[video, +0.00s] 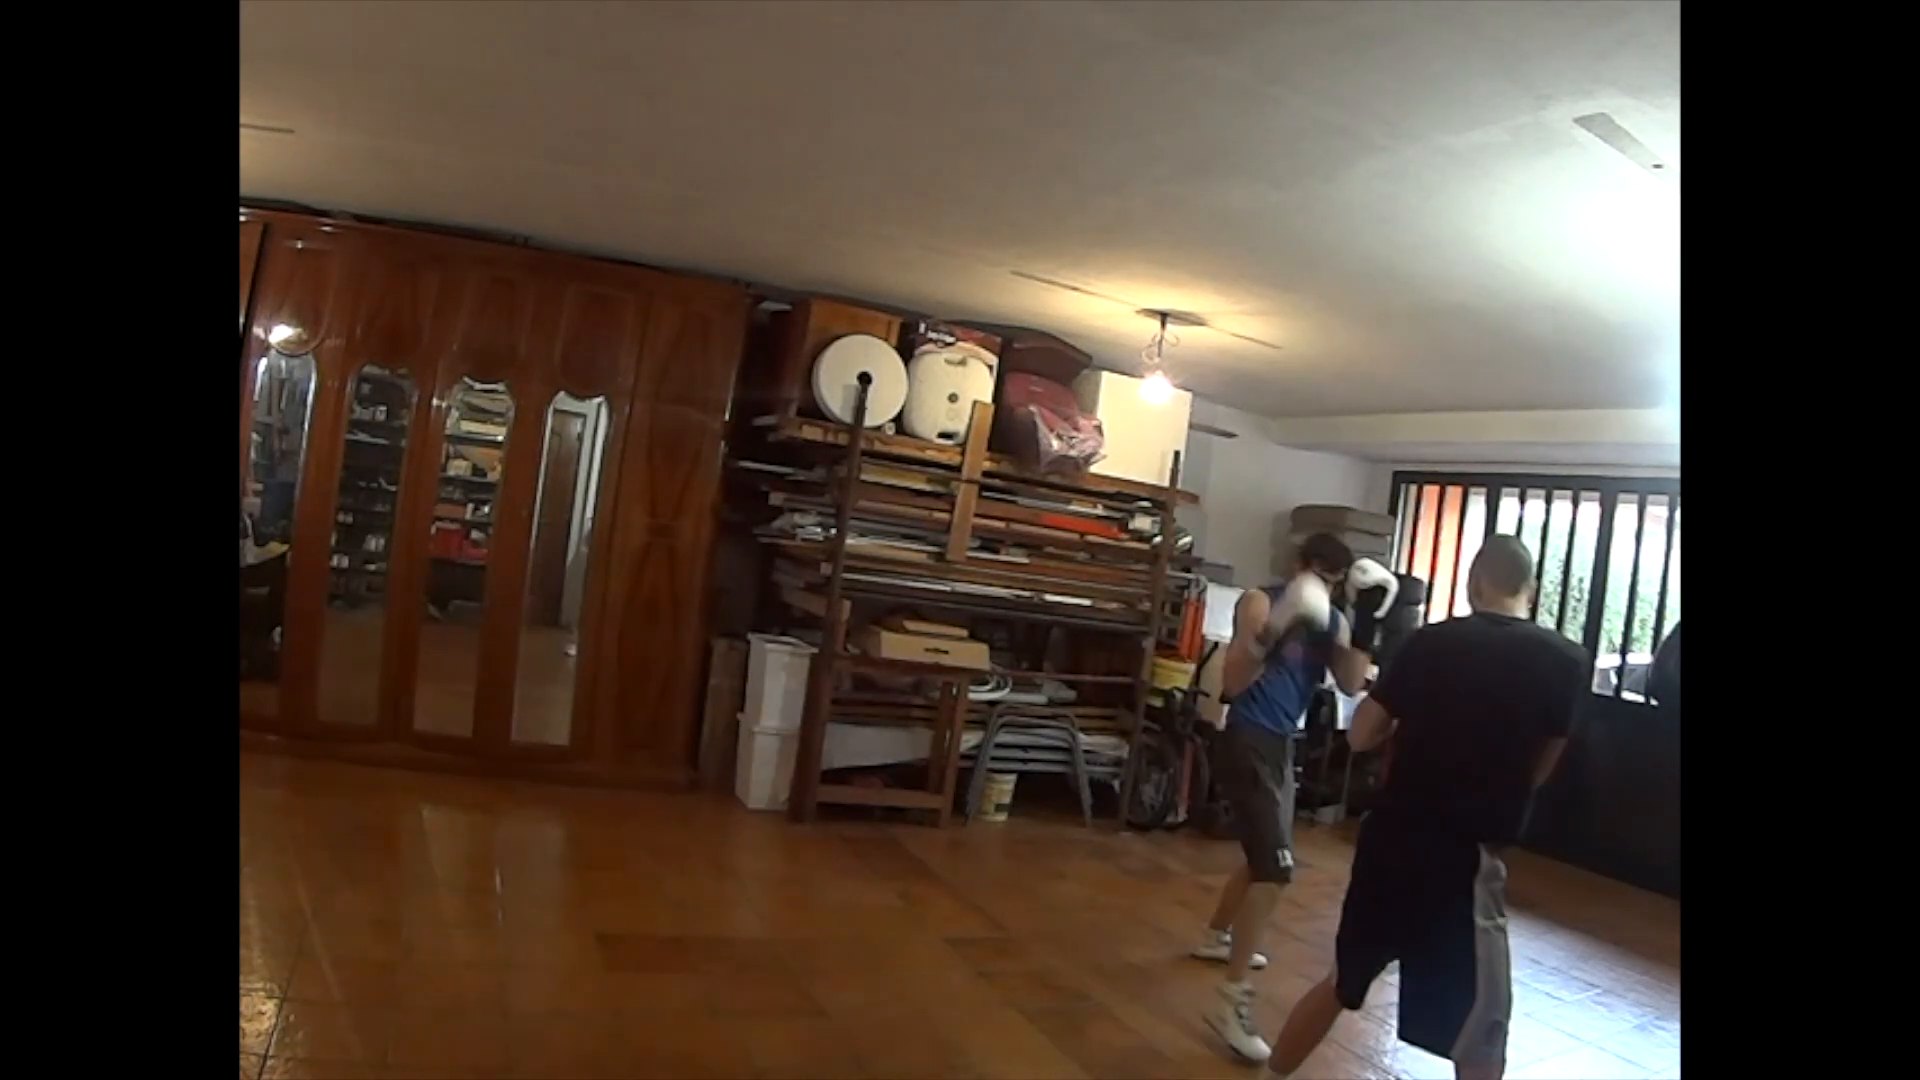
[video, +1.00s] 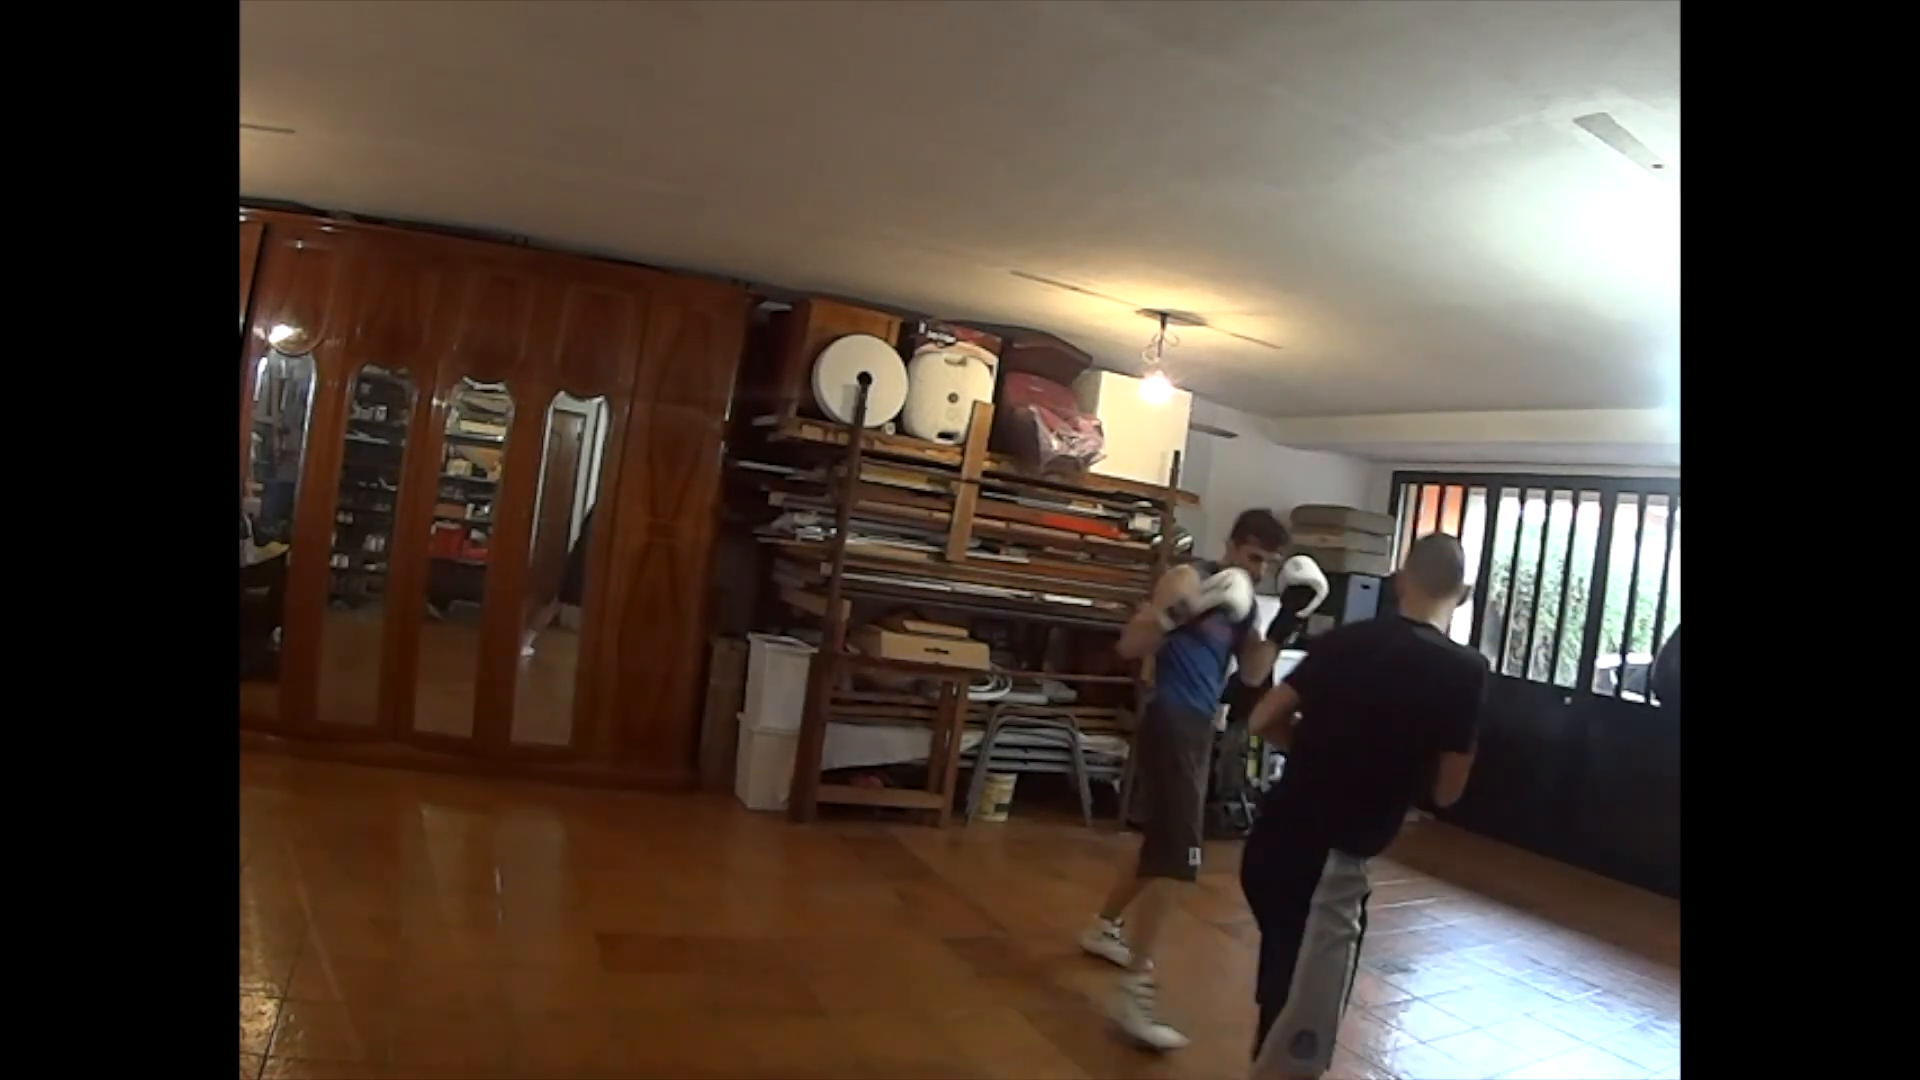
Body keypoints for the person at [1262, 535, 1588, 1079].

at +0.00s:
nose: (1471, 588)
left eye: (1470, 579)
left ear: (1472, 583)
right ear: (1531, 590)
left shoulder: (1429, 642)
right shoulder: (1565, 661)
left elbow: (1361, 735)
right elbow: (1540, 770)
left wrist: (1408, 720)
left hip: (1394, 836)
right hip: (1473, 860)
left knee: (1342, 982)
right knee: (1481, 1035)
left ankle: (1273, 1071)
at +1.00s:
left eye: (1398, 573)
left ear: (1399, 579)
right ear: (1461, 595)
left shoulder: (1344, 641)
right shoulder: (1463, 669)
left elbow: (1264, 720)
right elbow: (1446, 791)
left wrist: (1316, 748)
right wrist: (1394, 759)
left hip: (1277, 835)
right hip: (1341, 863)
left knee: (1276, 1006)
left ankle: (1271, 1056)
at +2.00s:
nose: (1345, 565)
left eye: (1345, 555)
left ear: (1350, 558)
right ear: (1417, 568)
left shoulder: (1296, 628)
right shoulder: (1447, 652)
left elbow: (1207, 737)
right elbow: (1416, 794)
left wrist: (1263, 720)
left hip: (1242, 848)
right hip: (1330, 875)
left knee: (1203, 1018)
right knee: (1296, 1054)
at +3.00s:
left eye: (1369, 588)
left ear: (1369, 593)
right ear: (1443, 613)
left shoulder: (1301, 662)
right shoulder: (1463, 697)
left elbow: (1197, 774)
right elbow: (1427, 850)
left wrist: (1274, 772)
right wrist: (1372, 796)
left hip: (1215, 913)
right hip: (1310, 945)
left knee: (1207, 1059)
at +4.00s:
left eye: (1379, 572)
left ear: (1380, 577)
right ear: (1458, 602)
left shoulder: (1295, 658)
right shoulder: (1473, 701)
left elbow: (1192, 771)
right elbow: (1438, 857)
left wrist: (1276, 755)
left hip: (1214, 923)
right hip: (1307, 964)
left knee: (1207, 1066)